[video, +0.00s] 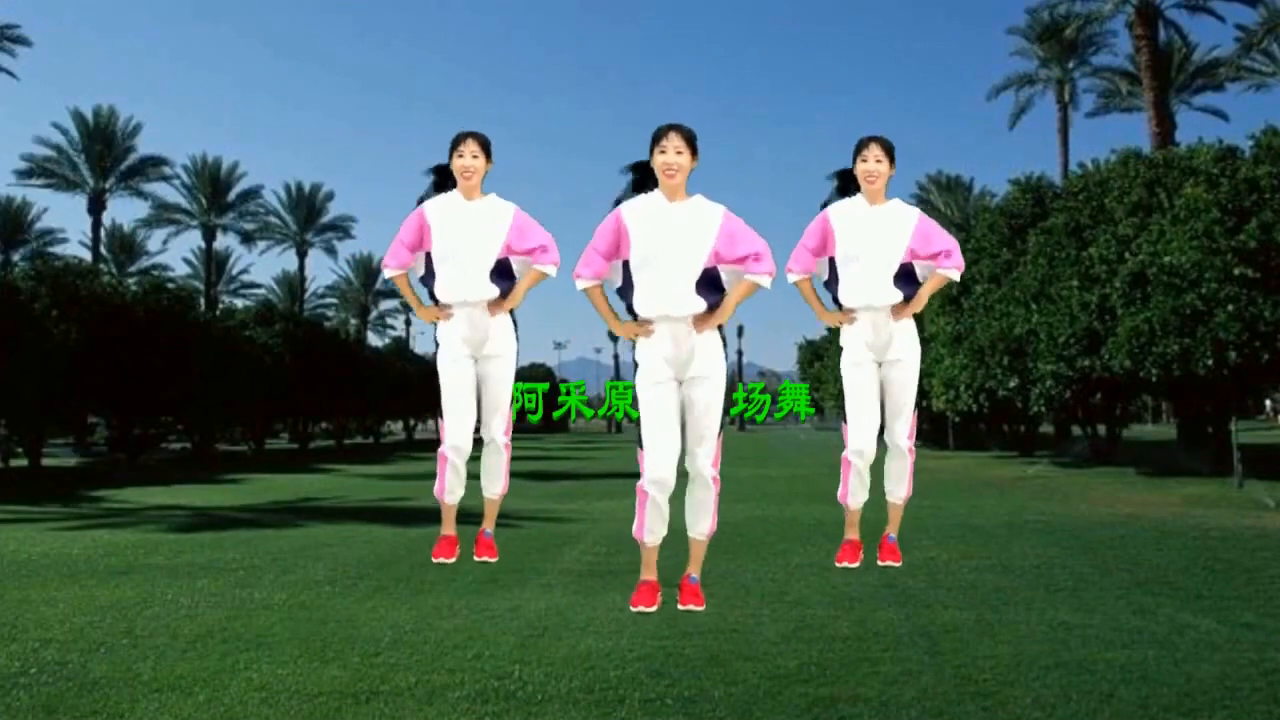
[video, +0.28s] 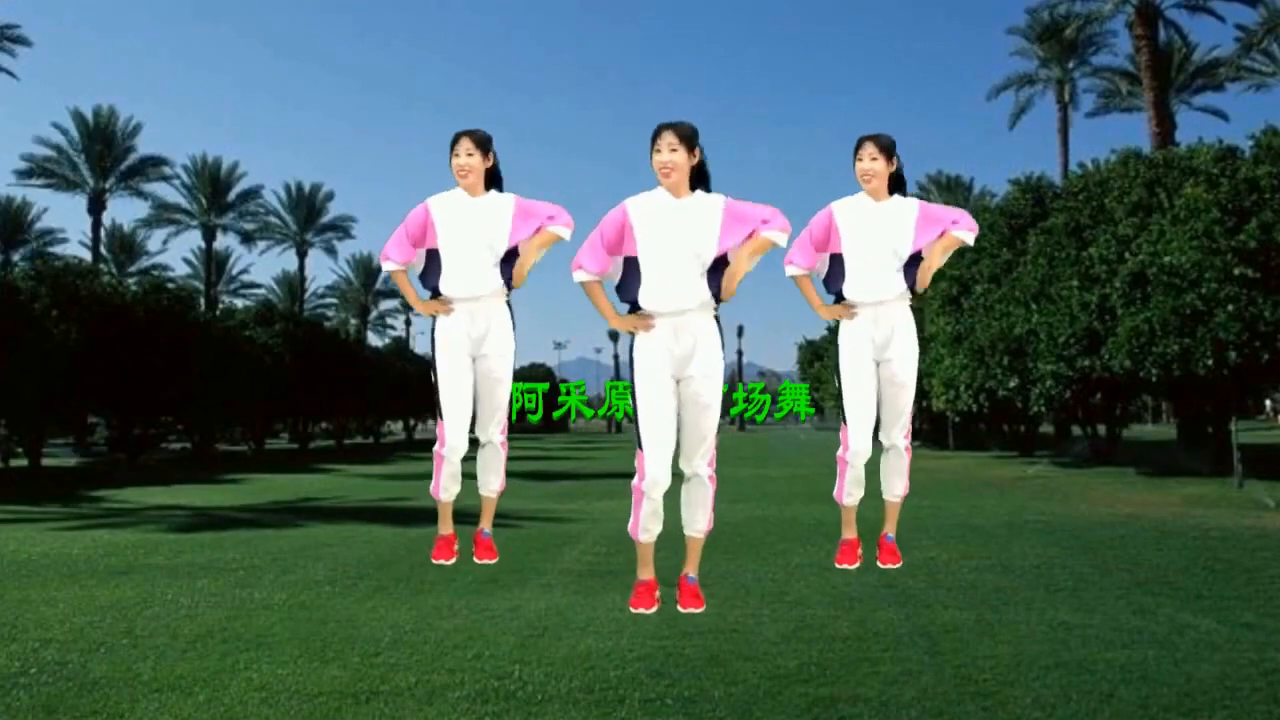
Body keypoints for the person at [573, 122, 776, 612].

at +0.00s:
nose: (671, 158)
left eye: (679, 152)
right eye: (663, 151)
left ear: (693, 161)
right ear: (652, 161)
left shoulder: (713, 214)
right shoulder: (629, 215)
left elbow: (762, 263)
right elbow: (587, 272)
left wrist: (724, 310)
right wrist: (617, 324)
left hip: (704, 343)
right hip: (653, 345)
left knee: (702, 462)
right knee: (658, 464)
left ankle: (693, 576)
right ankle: (648, 576)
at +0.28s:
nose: (664, 158)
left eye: (673, 150)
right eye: (658, 150)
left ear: (694, 157)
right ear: (651, 159)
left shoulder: (717, 207)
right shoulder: (632, 210)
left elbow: (778, 224)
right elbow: (585, 267)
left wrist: (740, 262)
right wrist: (616, 318)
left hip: (701, 334)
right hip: (651, 336)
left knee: (698, 461)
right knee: (655, 462)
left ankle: (690, 574)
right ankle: (645, 576)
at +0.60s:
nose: (673, 177)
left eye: (682, 170)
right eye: (668, 170)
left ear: (704, 177)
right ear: (662, 178)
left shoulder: (720, 231)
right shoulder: (638, 225)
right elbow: (592, 281)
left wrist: (737, 238)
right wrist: (613, 335)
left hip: (703, 352)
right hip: (652, 353)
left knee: (702, 473)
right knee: (672, 472)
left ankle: (691, 578)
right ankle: (654, 557)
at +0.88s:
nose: (664, 150)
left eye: (674, 142)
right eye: (661, 142)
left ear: (698, 150)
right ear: (657, 150)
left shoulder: (717, 202)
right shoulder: (633, 199)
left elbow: (704, 238)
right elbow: (584, 245)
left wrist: (693, 174)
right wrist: (602, 299)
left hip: (686, 328)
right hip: (635, 328)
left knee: (687, 456)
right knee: (631, 454)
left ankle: (692, 571)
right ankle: (614, 544)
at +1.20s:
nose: (650, 155)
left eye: (660, 147)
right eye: (646, 147)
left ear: (682, 156)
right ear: (642, 156)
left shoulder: (704, 208)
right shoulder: (622, 209)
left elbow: (707, 244)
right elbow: (579, 251)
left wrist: (690, 180)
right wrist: (597, 302)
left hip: (671, 338)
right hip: (620, 333)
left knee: (672, 467)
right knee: (598, 454)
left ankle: (689, 573)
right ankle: (576, 564)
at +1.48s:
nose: (660, 150)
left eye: (672, 144)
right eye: (657, 142)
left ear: (693, 157)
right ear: (650, 151)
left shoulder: (704, 205)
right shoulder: (622, 201)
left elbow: (712, 250)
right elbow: (576, 251)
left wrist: (704, 180)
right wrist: (599, 305)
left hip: (683, 325)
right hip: (632, 325)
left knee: (684, 455)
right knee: (640, 448)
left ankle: (681, 571)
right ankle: (655, 460)